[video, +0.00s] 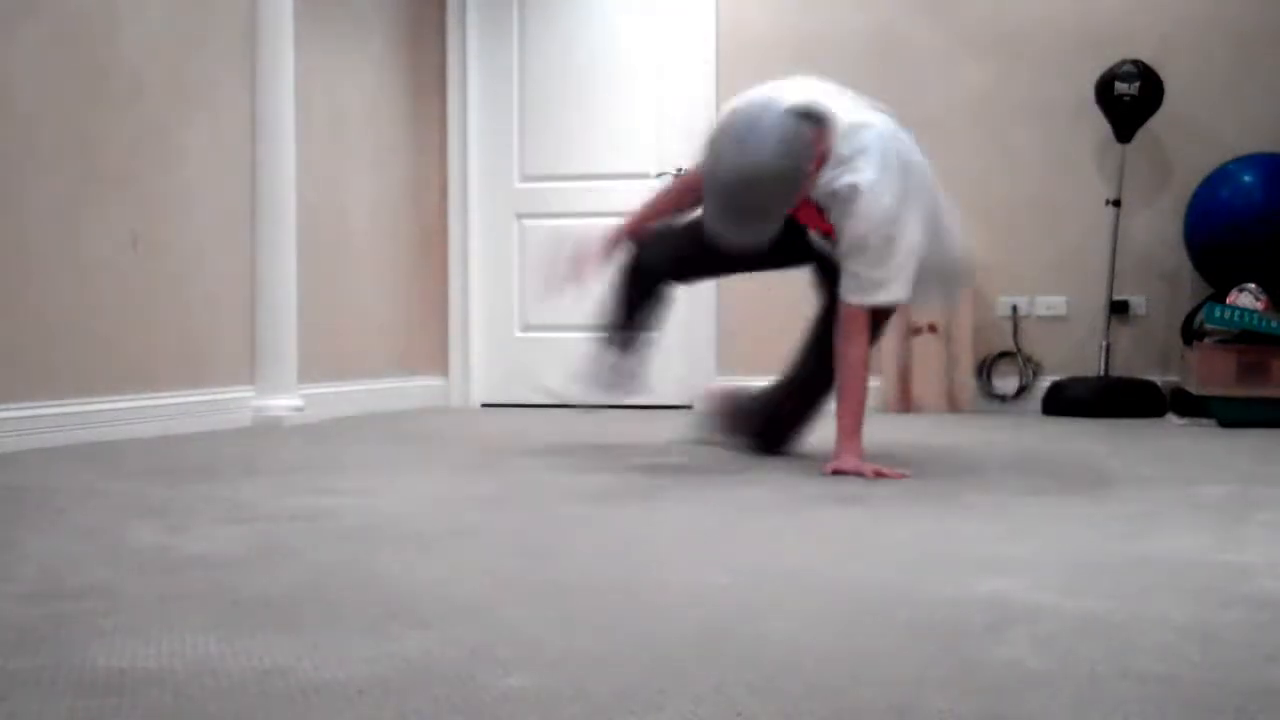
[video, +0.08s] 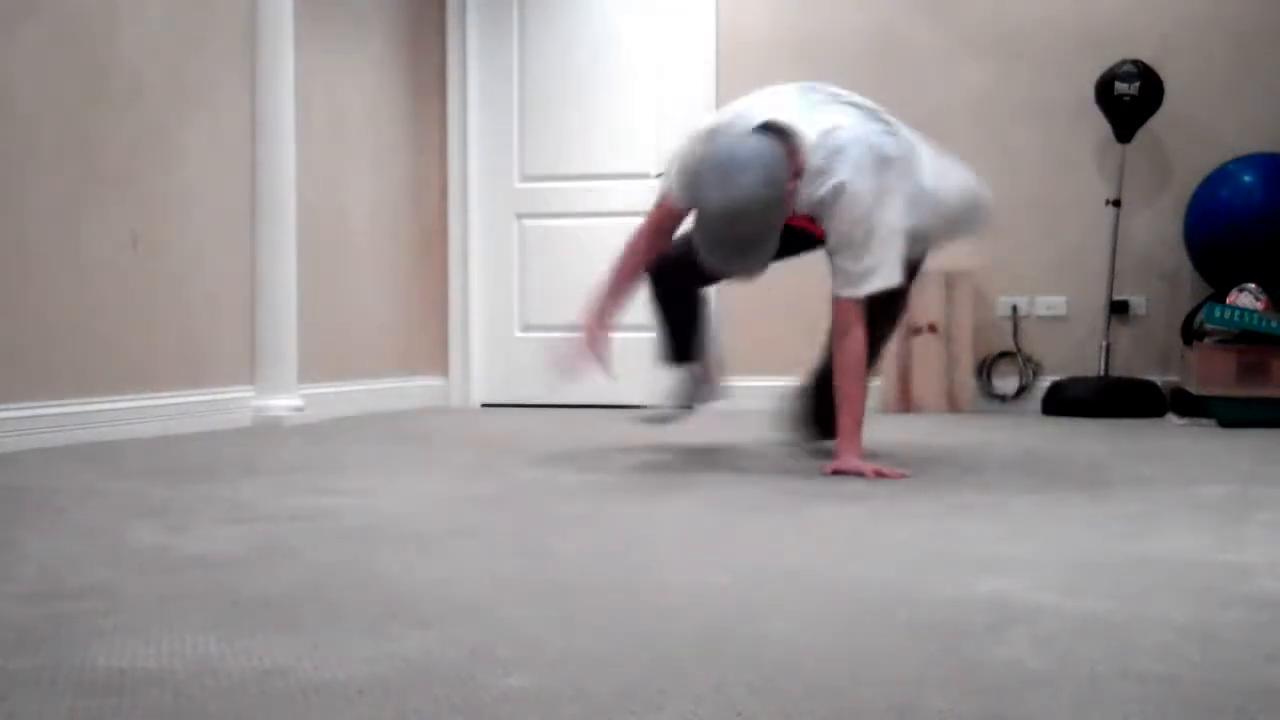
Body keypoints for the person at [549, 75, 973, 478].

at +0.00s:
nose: (740, 229)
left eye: (754, 217)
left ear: (813, 164)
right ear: (730, 151)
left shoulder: (871, 190)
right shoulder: (748, 127)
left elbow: (852, 330)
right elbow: (698, 184)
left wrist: (848, 451)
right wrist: (619, 236)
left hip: (870, 262)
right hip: (802, 220)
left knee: (819, 371)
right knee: (655, 254)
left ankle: (753, 423)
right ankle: (619, 362)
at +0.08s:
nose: (736, 257)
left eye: (748, 248)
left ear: (786, 187)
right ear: (715, 185)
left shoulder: (855, 187)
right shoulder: (710, 149)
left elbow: (851, 328)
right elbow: (655, 232)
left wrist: (849, 450)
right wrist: (601, 316)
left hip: (907, 212)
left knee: (867, 336)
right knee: (672, 271)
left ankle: (818, 421)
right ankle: (696, 376)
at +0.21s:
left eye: (737, 281)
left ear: (770, 213)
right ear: (685, 218)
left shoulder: (830, 190)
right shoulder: (683, 185)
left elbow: (836, 328)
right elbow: (659, 297)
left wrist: (847, 453)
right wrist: (644, 407)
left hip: (899, 159)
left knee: (909, 308)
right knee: (688, 289)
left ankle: (933, 400)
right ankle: (768, 385)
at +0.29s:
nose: (729, 291)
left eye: (737, 276)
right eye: (713, 282)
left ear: (768, 220)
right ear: (686, 229)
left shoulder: (821, 191)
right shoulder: (685, 206)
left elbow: (838, 325)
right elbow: (684, 332)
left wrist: (848, 450)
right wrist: (670, 447)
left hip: (875, 177)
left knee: (978, 303)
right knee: (699, 321)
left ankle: (1024, 401)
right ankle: (775, 424)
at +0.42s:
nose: (730, 250)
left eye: (741, 236)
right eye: (717, 240)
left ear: (768, 192)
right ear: (688, 205)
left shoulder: (824, 163)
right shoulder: (693, 195)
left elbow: (832, 310)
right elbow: (687, 316)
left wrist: (849, 442)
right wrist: (662, 437)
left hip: (877, 186)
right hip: (797, 215)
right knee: (705, 305)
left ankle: (1068, 385)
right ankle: (776, 425)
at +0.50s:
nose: (739, 221)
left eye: (749, 205)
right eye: (723, 208)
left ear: (776, 161)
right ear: (696, 173)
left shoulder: (837, 140)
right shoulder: (704, 170)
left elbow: (846, 277)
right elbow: (689, 296)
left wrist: (841, 400)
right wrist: (653, 414)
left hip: (892, 170)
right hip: (809, 204)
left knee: (974, 202)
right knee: (712, 293)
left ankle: (1035, 383)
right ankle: (777, 423)